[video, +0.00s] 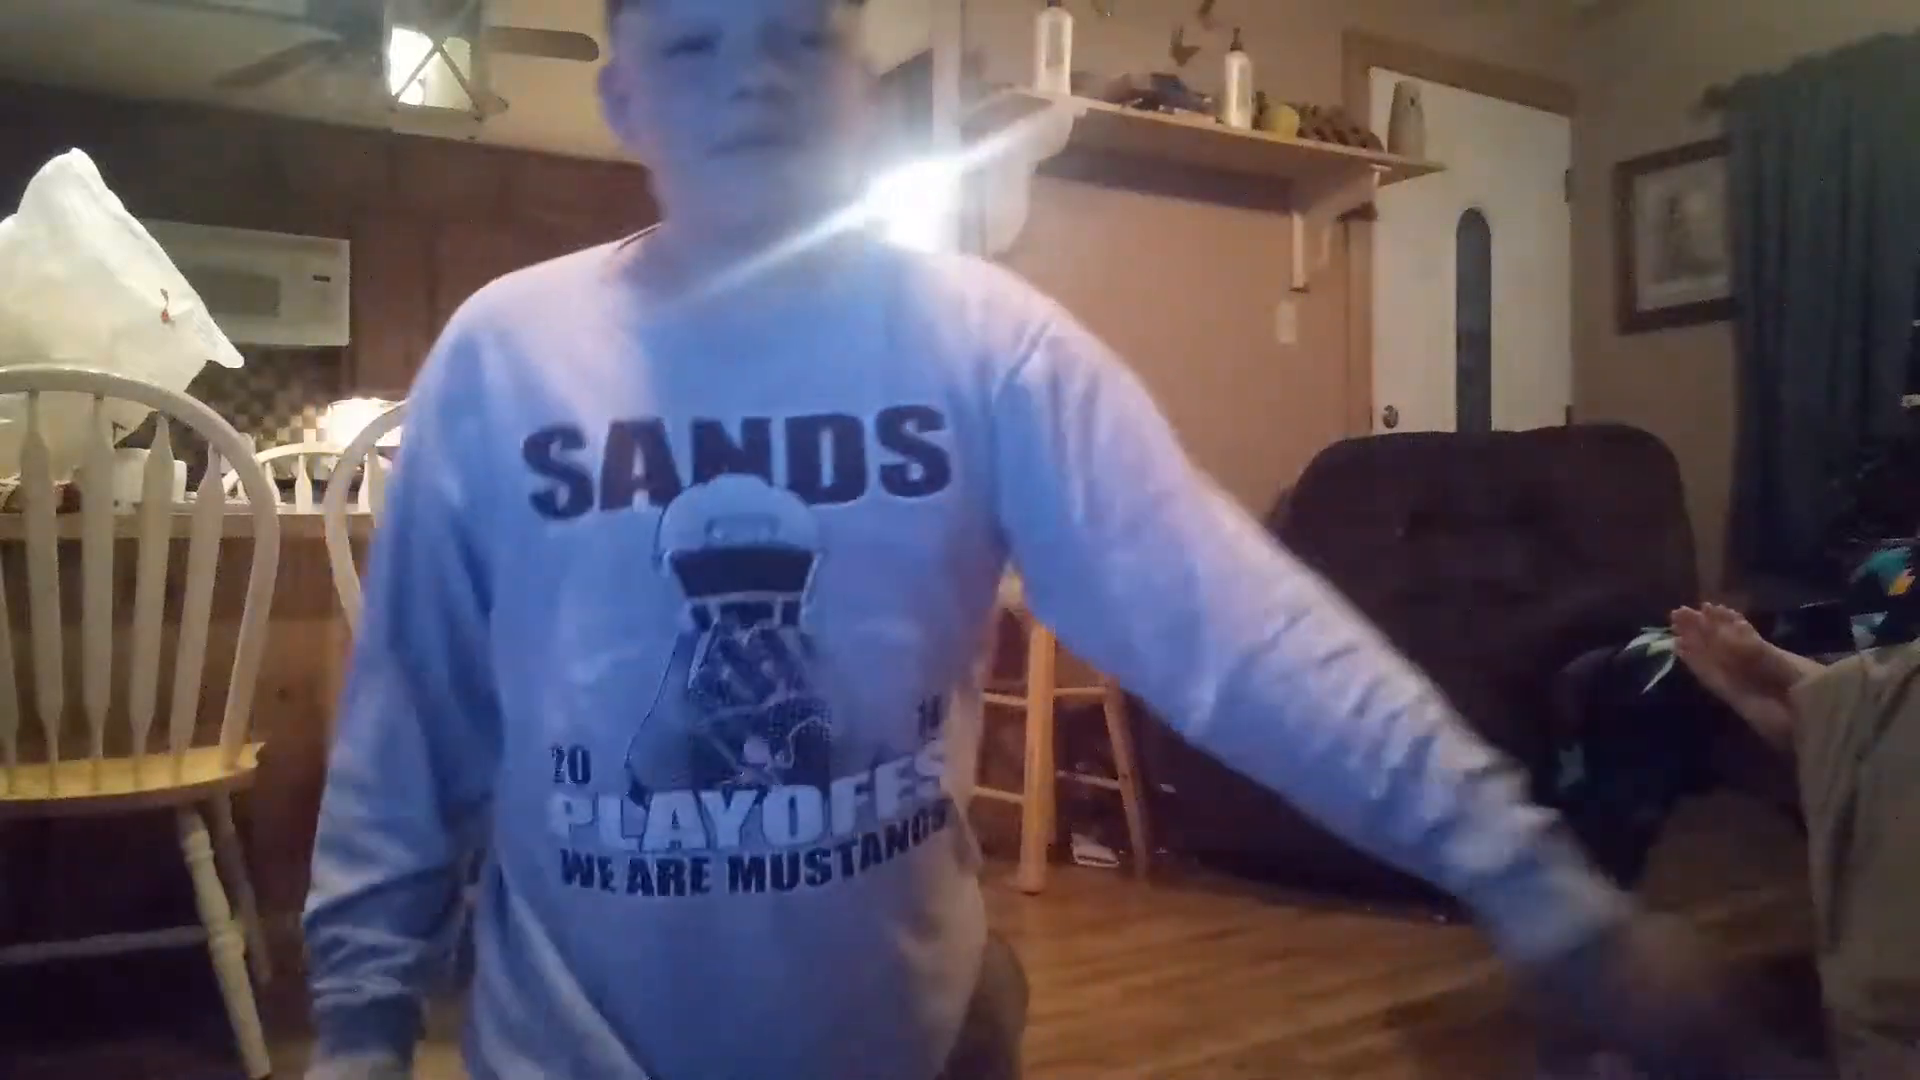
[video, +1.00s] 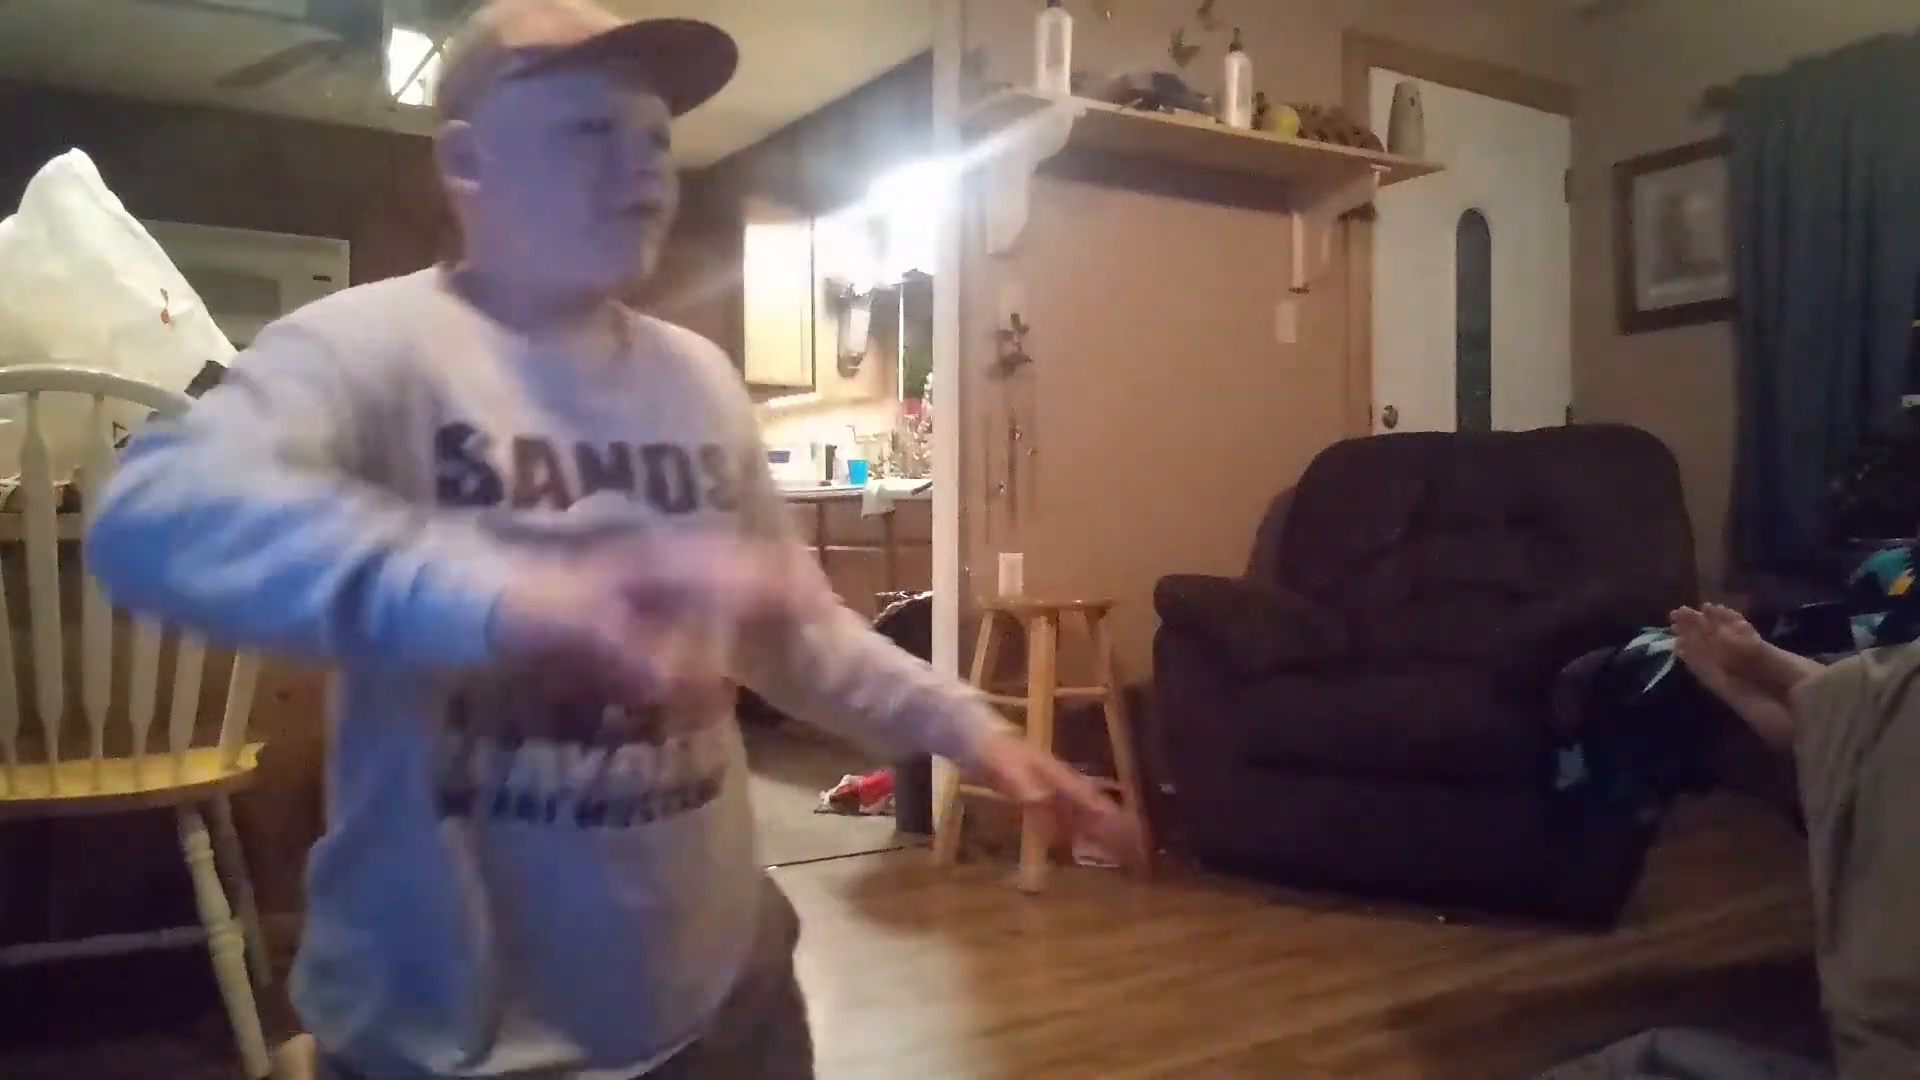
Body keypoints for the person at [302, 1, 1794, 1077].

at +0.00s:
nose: (761, 74)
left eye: (800, 38)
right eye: (701, 40)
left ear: (864, 79)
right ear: (617, 93)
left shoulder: (984, 347)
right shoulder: (499, 355)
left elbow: (1241, 625)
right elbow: (397, 752)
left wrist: (1568, 909)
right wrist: (355, 1045)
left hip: (902, 1032)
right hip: (576, 1040)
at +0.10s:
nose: (705, 112)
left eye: (750, 72)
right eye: (649, 74)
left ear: (805, 109)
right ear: (562, 110)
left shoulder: (915, 346)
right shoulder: (458, 386)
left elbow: (1147, 610)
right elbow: (355, 774)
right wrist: (333, 1044)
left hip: (894, 1025)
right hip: (578, 1041)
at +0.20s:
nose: (652, 136)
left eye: (689, 97)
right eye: (590, 98)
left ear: (742, 129)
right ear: (500, 143)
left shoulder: (838, 346)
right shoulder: (406, 414)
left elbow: (982, 583)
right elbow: (322, 822)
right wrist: (337, 1058)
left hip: (875, 1016)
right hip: (574, 1040)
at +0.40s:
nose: (648, 143)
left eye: (684, 108)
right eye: (588, 104)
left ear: (718, 144)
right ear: (487, 138)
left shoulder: (769, 372)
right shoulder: (385, 364)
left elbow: (894, 634)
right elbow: (377, 782)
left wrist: (1008, 809)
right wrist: (547, 1057)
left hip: (791, 996)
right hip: (535, 1012)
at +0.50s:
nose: (691, 168)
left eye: (714, 138)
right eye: (637, 128)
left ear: (738, 173)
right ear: (523, 156)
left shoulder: (760, 410)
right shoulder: (417, 326)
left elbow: (889, 675)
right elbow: (336, 645)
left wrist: (1059, 871)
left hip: (739, 958)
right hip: (481, 961)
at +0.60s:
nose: (726, 190)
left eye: (747, 161)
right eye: (675, 153)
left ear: (767, 194)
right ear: (570, 184)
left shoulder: (782, 451)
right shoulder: (482, 313)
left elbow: (899, 702)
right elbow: (276, 535)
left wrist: (1080, 885)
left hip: (733, 992)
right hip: (494, 982)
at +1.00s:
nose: (646, 167)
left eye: (658, 137)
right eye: (591, 132)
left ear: (675, 163)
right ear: (467, 161)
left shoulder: (699, 378)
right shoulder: (369, 344)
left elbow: (781, 620)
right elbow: (155, 511)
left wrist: (960, 725)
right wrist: (508, 600)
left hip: (720, 989)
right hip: (459, 1017)